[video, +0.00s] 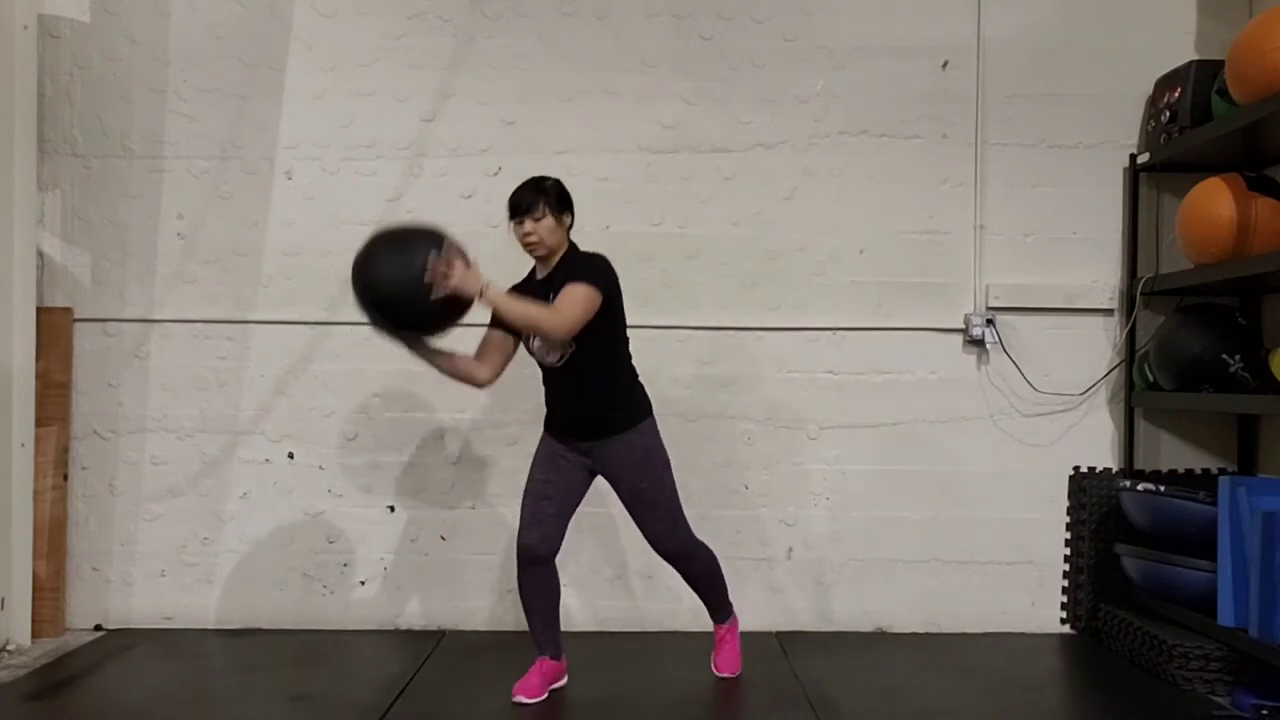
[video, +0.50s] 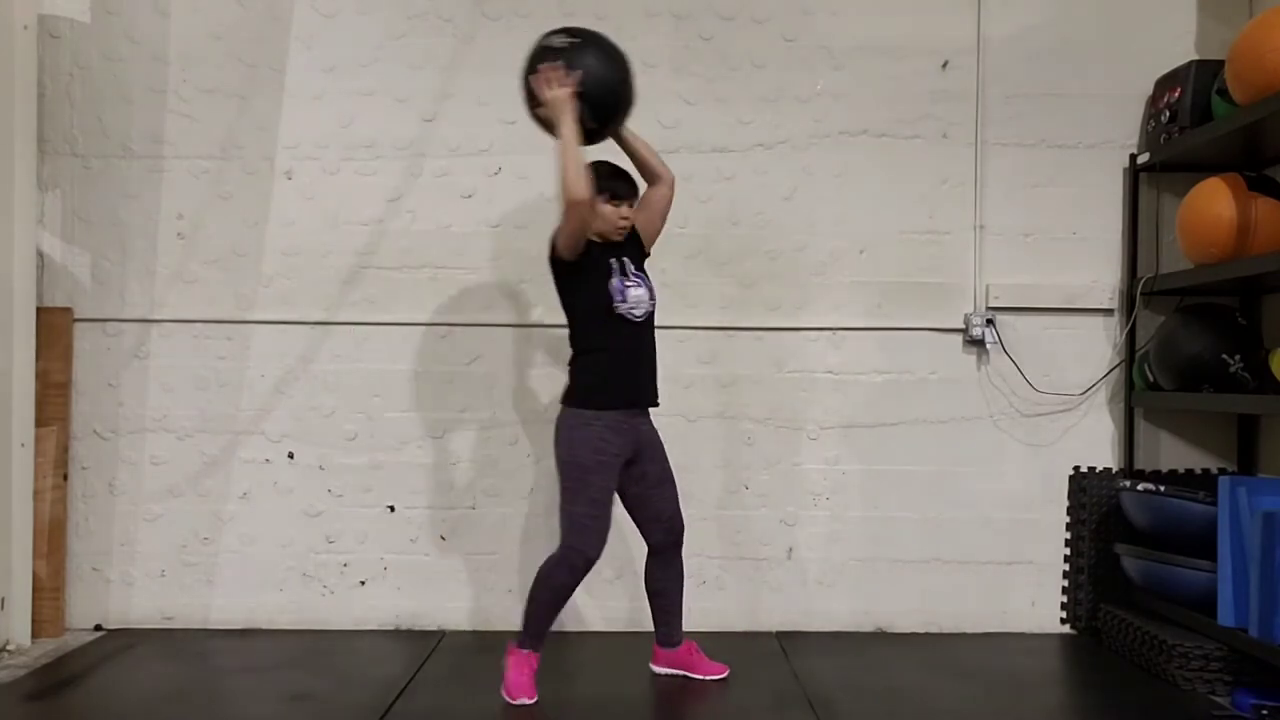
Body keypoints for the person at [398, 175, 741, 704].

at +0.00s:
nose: (528, 232)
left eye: (538, 219)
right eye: (519, 223)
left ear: (565, 219)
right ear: (514, 231)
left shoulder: (593, 271)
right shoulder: (519, 294)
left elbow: (558, 325)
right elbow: (482, 371)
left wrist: (482, 290)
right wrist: (417, 341)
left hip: (625, 435)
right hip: (564, 439)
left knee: (673, 542)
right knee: (534, 547)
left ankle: (725, 623)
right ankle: (549, 659)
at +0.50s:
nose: (626, 210)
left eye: (629, 201)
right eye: (615, 200)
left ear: (631, 209)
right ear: (586, 204)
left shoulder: (630, 250)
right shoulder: (571, 257)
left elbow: (660, 184)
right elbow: (579, 201)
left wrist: (617, 124)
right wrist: (566, 114)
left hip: (637, 425)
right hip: (588, 427)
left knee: (667, 537)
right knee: (582, 547)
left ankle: (671, 647)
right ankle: (525, 652)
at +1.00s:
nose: (689, 278)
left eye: (690, 268)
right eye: (689, 268)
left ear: (644, 262)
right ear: (674, 264)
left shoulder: (619, 306)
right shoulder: (667, 314)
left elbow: (681, 337)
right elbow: (738, 352)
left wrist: (712, 316)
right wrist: (780, 302)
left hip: (589, 465)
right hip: (601, 471)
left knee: (680, 532)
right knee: (607, 602)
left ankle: (671, 649)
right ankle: (492, 660)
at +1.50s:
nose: (725, 298)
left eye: (726, 288)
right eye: (724, 287)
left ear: (681, 283)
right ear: (708, 285)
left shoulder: (656, 331)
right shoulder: (709, 346)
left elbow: (668, 424)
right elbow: (737, 438)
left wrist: (709, 482)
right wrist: (777, 500)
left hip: (585, 451)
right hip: (603, 461)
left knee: (672, 532)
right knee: (599, 595)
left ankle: (672, 649)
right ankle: (486, 661)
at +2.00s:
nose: (749, 306)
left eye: (748, 297)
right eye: (746, 296)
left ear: (709, 296)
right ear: (726, 296)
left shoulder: (688, 345)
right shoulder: (724, 353)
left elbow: (698, 449)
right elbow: (751, 445)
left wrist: (745, 500)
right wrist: (796, 502)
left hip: (622, 469)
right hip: (608, 465)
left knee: (691, 534)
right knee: (606, 597)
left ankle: (674, 651)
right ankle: (486, 657)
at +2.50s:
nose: (734, 254)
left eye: (735, 244)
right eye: (728, 243)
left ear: (700, 247)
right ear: (697, 244)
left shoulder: (683, 301)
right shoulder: (695, 297)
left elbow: (704, 396)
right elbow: (728, 378)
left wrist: (770, 384)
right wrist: (799, 375)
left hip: (641, 446)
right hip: (613, 439)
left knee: (693, 533)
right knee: (588, 556)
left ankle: (674, 651)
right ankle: (487, 652)